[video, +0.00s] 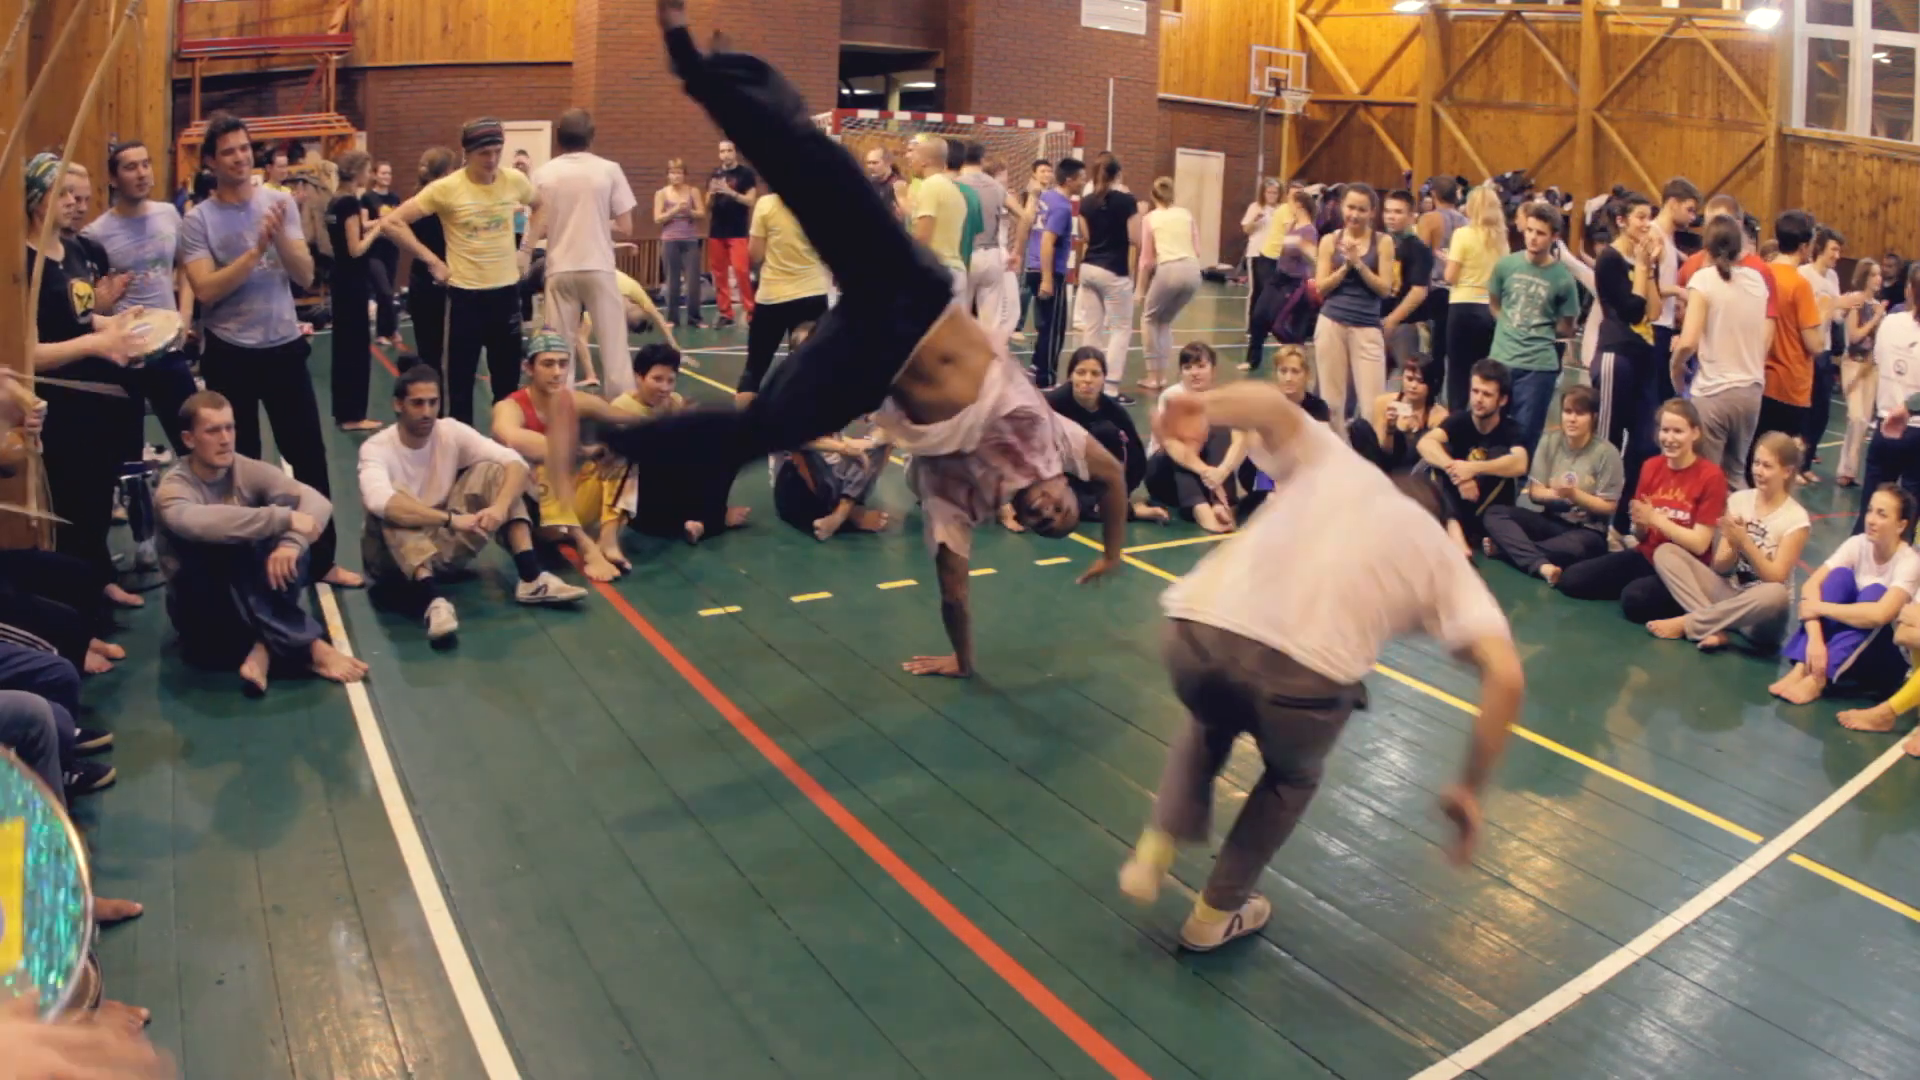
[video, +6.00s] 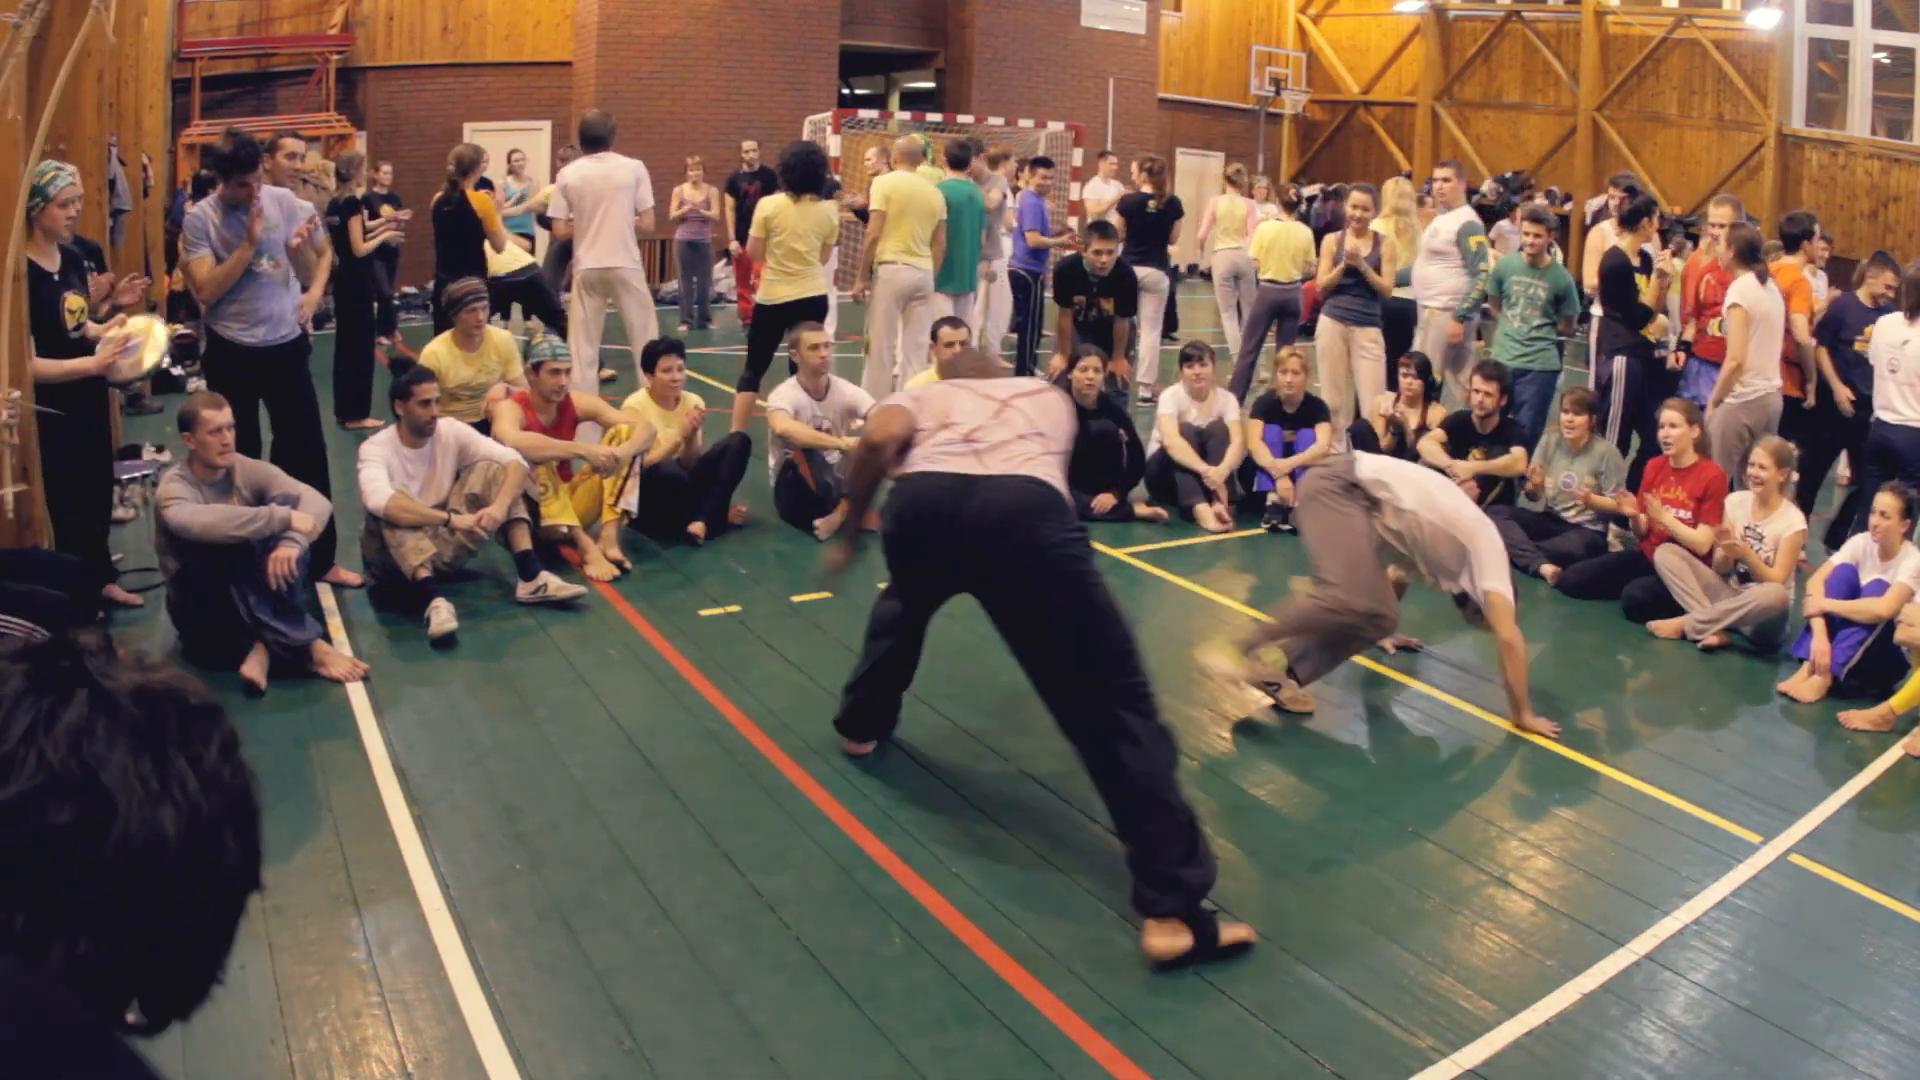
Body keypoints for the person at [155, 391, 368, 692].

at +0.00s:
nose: (225, 439)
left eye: (229, 428)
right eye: (213, 431)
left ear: (236, 430)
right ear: (188, 439)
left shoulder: (245, 469)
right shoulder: (174, 487)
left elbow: (316, 501)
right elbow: (193, 523)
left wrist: (291, 544)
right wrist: (284, 518)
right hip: (208, 617)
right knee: (213, 547)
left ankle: (265, 646)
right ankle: (310, 646)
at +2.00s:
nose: (228, 439)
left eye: (231, 429)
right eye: (216, 432)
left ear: (237, 429)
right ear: (189, 441)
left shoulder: (246, 469)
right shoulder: (174, 487)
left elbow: (317, 501)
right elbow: (188, 523)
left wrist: (292, 543)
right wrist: (283, 518)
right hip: (207, 613)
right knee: (215, 544)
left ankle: (265, 646)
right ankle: (311, 645)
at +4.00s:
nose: (229, 439)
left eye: (231, 428)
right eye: (217, 432)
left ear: (237, 429)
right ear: (190, 439)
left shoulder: (247, 469)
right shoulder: (174, 487)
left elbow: (317, 502)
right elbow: (194, 523)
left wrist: (292, 543)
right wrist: (283, 517)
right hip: (210, 613)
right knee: (215, 545)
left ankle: (265, 646)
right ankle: (310, 645)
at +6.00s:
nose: (227, 439)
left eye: (230, 429)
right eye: (215, 432)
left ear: (236, 429)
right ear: (190, 440)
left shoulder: (247, 469)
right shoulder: (174, 487)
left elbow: (316, 501)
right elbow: (191, 523)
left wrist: (292, 543)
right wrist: (283, 517)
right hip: (211, 617)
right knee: (213, 545)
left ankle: (264, 646)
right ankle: (310, 645)